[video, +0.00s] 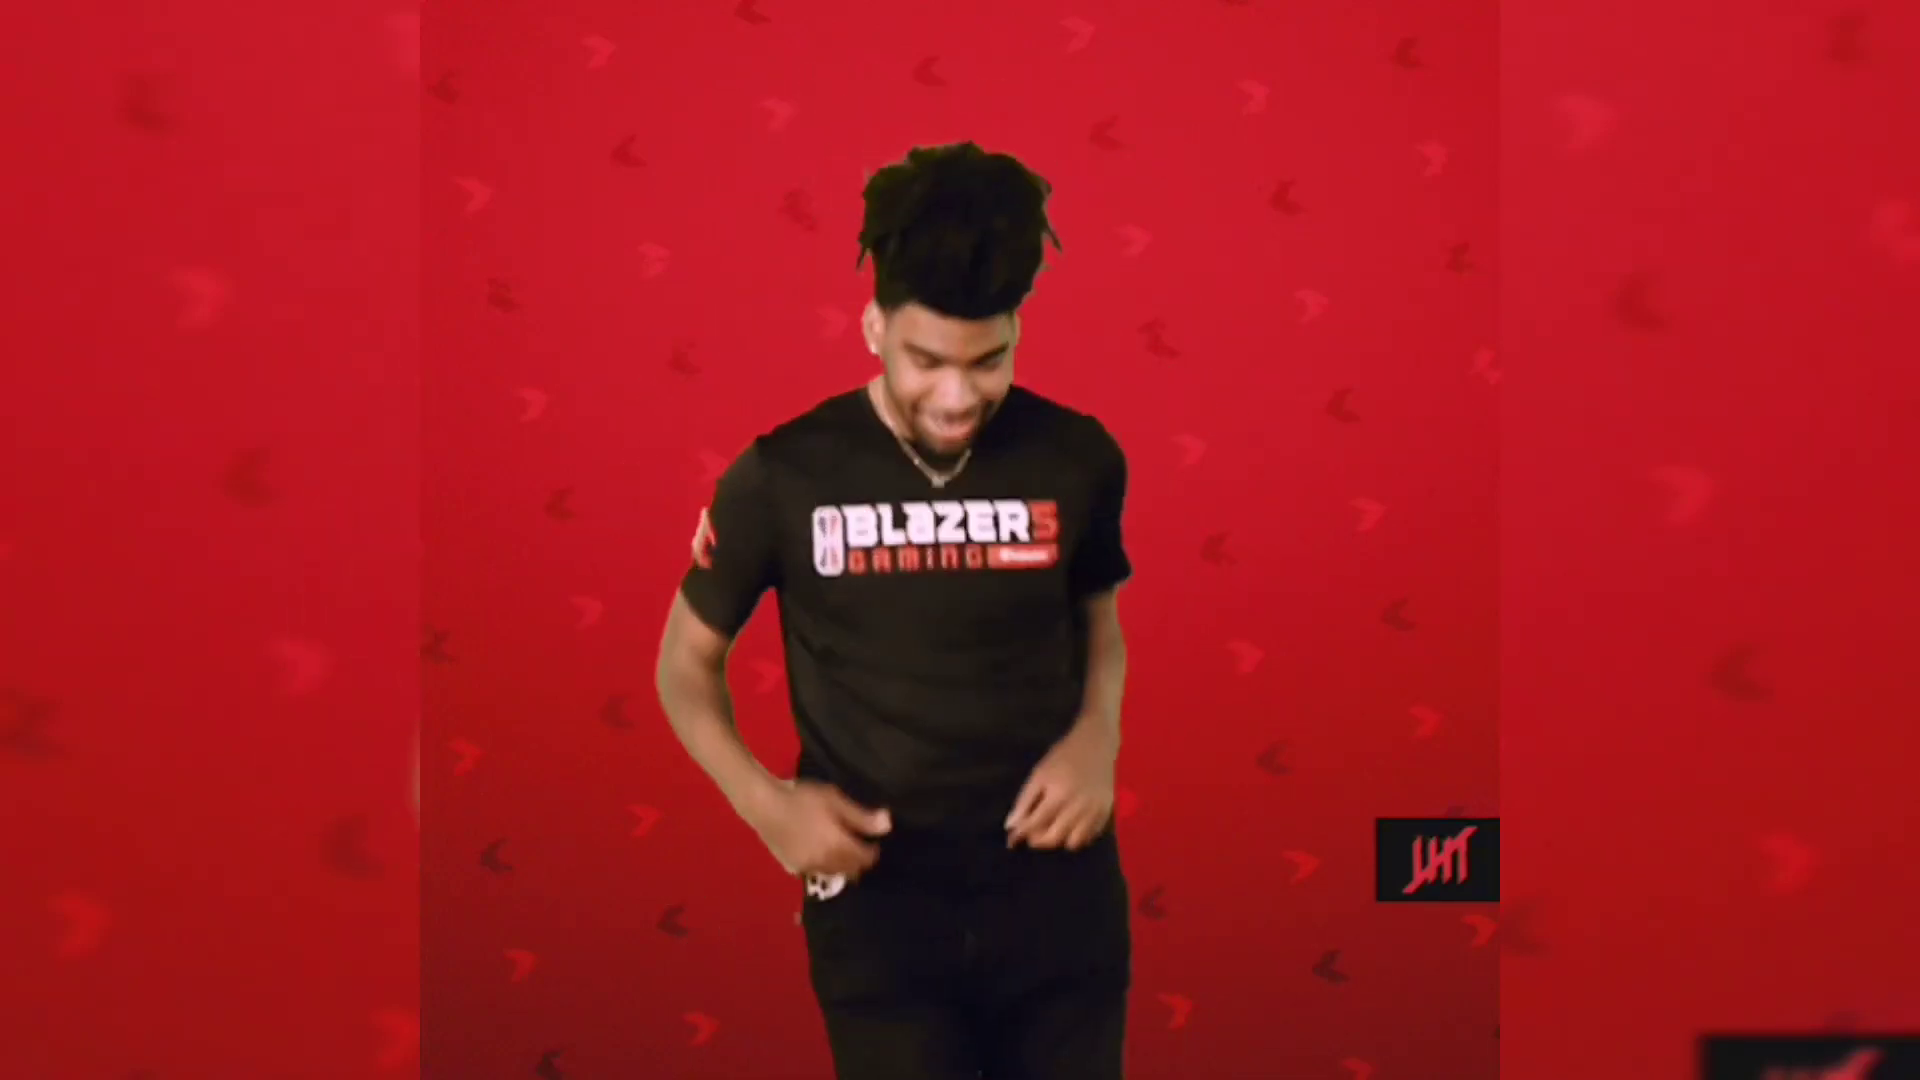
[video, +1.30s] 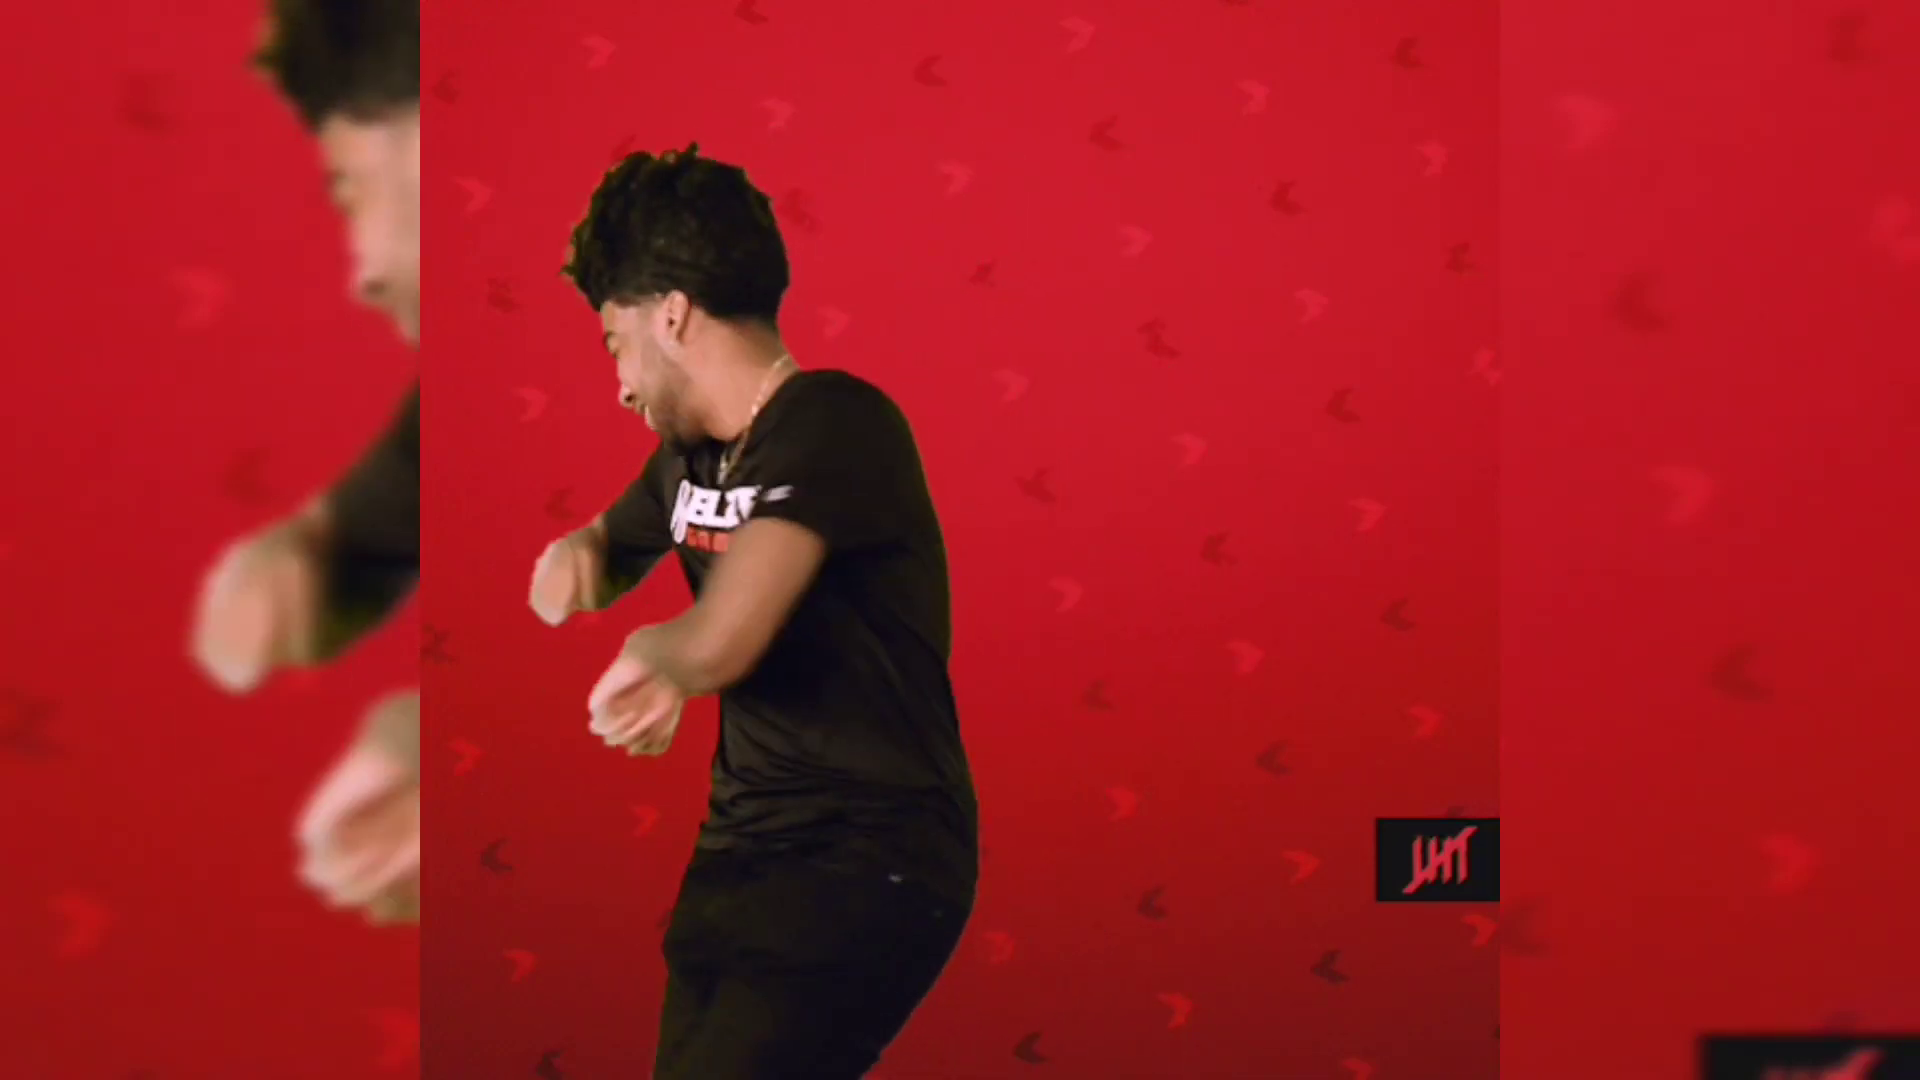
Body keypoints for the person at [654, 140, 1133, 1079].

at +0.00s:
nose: (956, 394)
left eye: (987, 359)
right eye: (925, 358)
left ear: (1020, 324)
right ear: (874, 327)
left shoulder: (1081, 463)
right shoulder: (780, 483)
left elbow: (1097, 611)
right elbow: (685, 663)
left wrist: (1097, 738)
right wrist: (766, 803)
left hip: (1057, 894)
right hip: (879, 907)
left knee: (1072, 1062)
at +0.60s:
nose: (872, 374)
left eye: (904, 342)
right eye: (843, 335)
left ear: (938, 311)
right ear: (794, 297)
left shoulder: (1013, 423)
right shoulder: (731, 462)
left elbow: (1154, 577)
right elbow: (711, 674)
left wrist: (1068, 694)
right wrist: (683, 875)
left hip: (1033, 822)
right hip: (865, 846)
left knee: (1015, 1057)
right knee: (882, 1060)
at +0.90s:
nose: (805, 352)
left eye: (836, 320)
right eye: (776, 319)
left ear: (884, 300)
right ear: (743, 298)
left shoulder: (987, 418)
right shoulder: (695, 469)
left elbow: (1104, 597)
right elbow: (656, 649)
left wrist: (961, 638)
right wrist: (601, 853)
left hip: (994, 832)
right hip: (817, 850)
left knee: (955, 1057)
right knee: (843, 1060)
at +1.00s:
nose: (703, 365)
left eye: (731, 325)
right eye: (687, 334)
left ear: (825, 305)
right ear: (679, 323)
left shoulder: (975, 438)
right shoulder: (690, 486)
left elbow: (1084, 643)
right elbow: (643, 681)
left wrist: (936, 621)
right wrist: (617, 843)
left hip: (944, 854)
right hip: (774, 867)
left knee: (881, 1055)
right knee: (780, 1056)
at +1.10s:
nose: (660, 394)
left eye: (679, 351)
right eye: (654, 362)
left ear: (775, 331)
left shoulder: (952, 471)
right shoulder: (681, 502)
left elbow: (1033, 717)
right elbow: (611, 702)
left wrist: (849, 604)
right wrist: (660, 786)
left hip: (907, 904)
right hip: (742, 911)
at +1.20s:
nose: (626, 392)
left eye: (628, 354)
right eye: (617, 361)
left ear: (704, 331)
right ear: (698, 336)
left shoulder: (878, 439)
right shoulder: (678, 482)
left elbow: (850, 675)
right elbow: (557, 600)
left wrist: (710, 585)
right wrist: (597, 655)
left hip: (875, 869)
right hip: (731, 869)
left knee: (803, 1057)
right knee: (712, 1055)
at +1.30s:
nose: (616, 377)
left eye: (613, 338)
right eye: (607, 344)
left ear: (676, 315)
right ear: (676, 321)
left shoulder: (833, 418)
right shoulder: (692, 454)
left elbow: (723, 640)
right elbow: (612, 549)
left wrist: (653, 657)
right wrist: (573, 561)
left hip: (866, 856)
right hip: (743, 851)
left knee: (752, 1055)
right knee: (689, 1057)